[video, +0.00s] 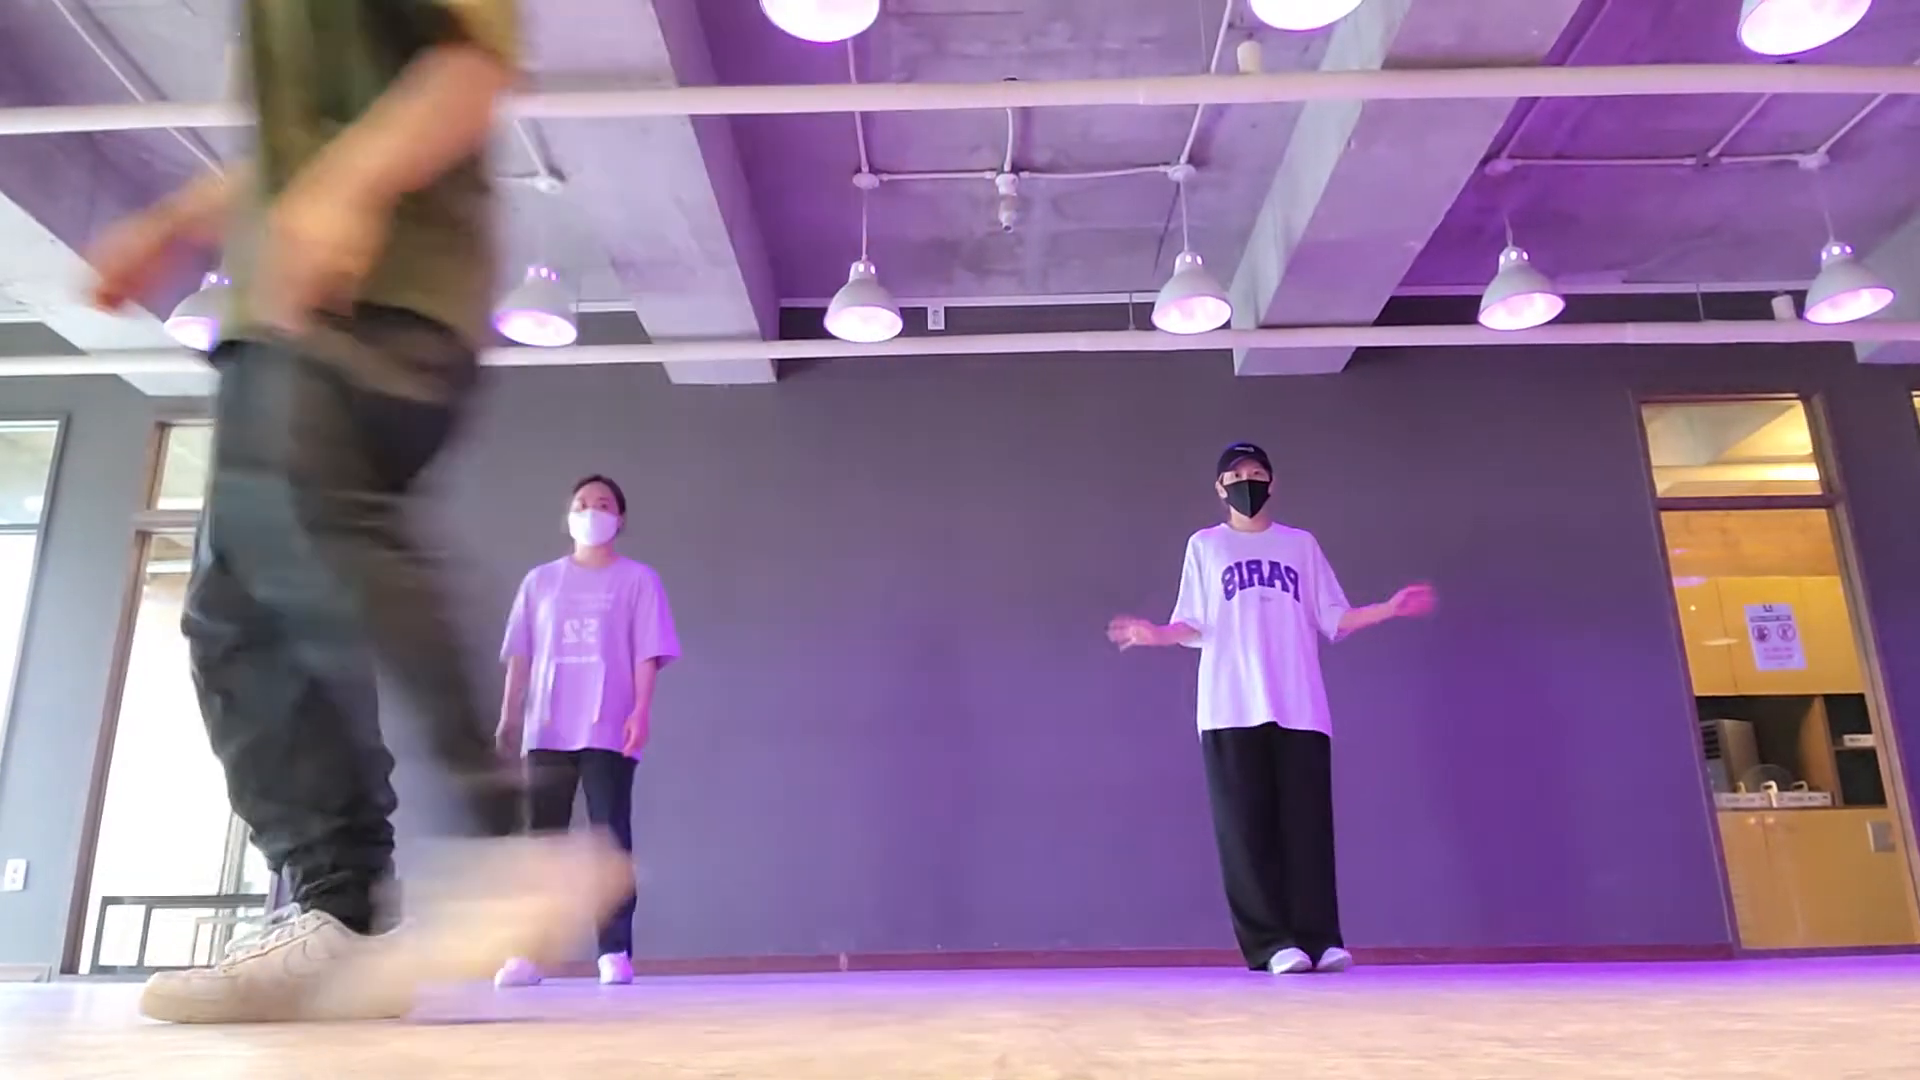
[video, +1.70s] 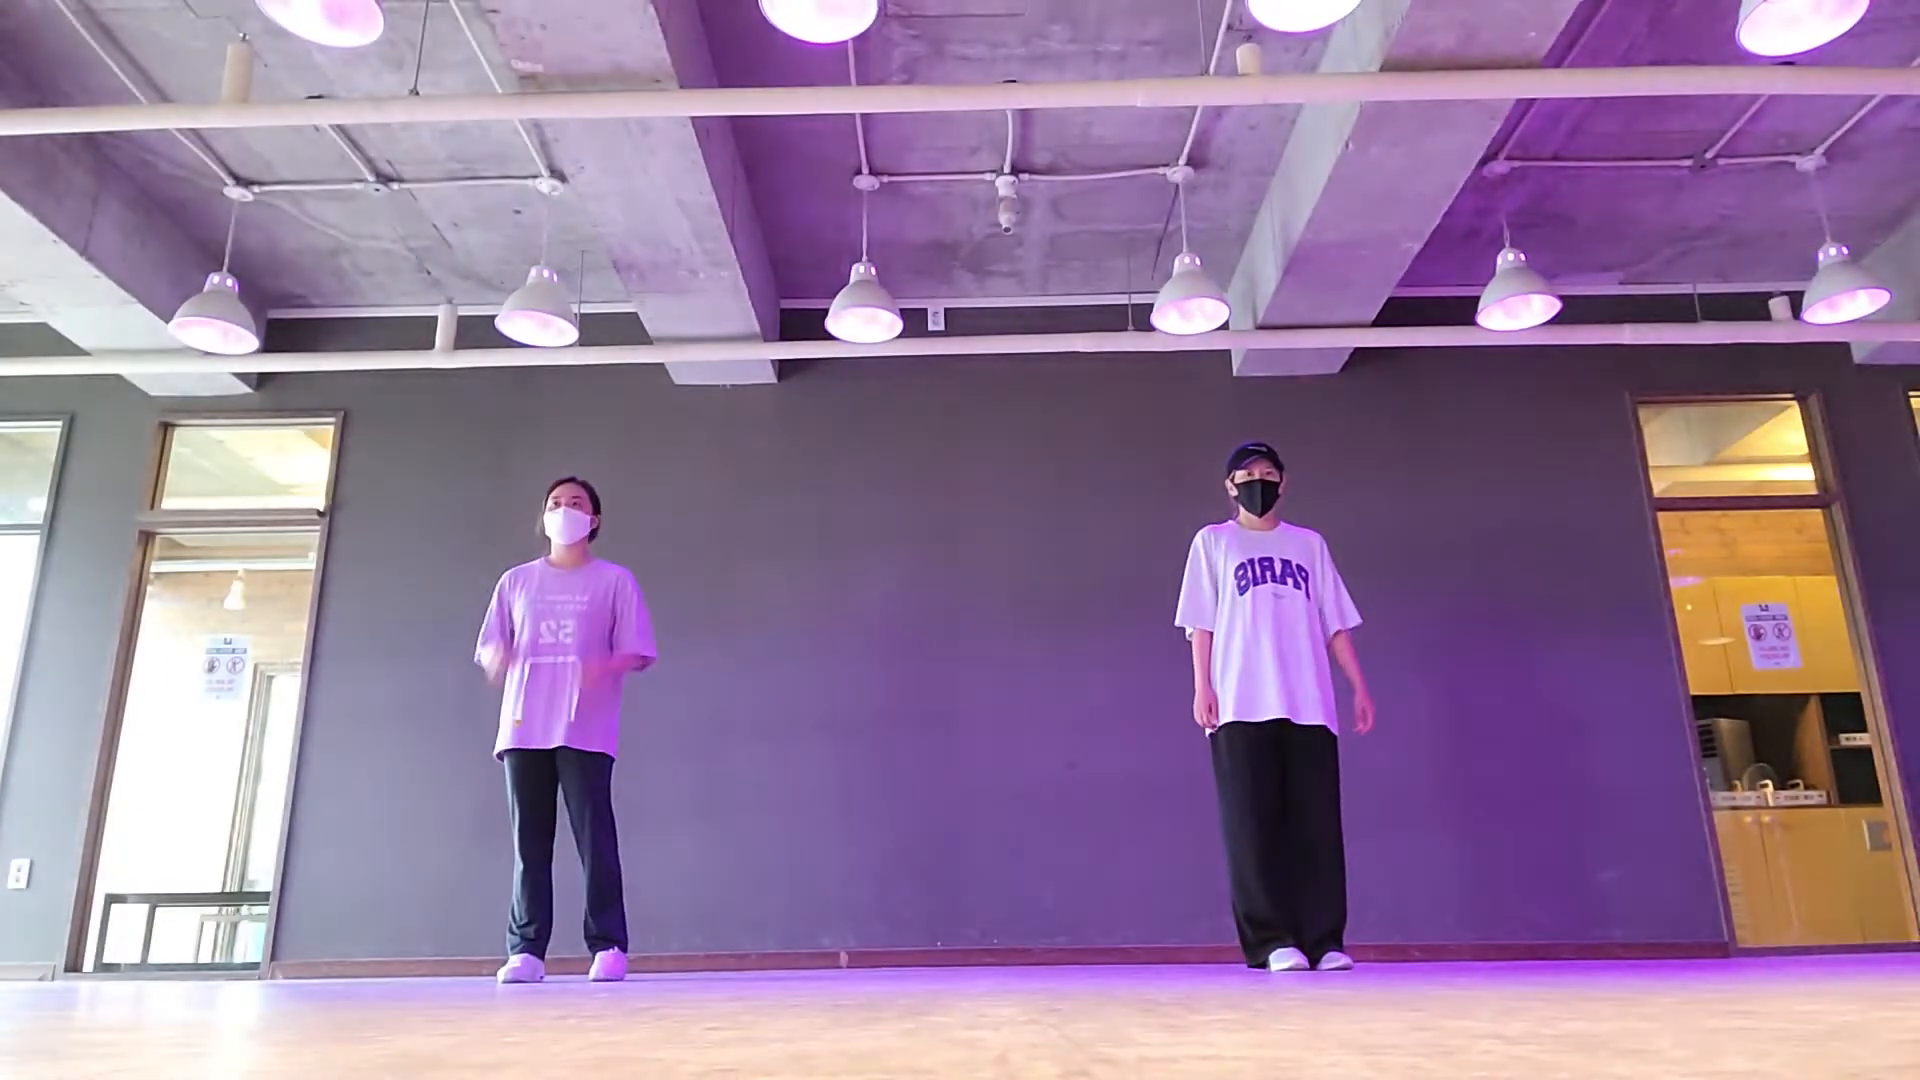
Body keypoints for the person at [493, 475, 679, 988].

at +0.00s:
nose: (590, 513)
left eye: (602, 507)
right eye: (582, 506)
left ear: (619, 521)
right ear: (567, 519)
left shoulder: (639, 581)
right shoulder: (539, 581)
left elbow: (648, 655)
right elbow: (518, 657)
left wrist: (641, 713)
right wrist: (509, 718)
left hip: (608, 729)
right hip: (547, 729)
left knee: (611, 842)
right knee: (539, 844)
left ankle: (614, 951)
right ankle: (526, 951)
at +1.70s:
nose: (566, 511)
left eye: (577, 505)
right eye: (557, 504)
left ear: (594, 522)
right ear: (543, 520)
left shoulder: (616, 581)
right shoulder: (514, 581)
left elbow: (638, 653)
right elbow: (490, 651)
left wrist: (604, 666)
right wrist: (497, 657)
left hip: (586, 729)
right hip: (524, 728)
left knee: (595, 841)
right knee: (529, 845)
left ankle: (609, 949)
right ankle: (525, 953)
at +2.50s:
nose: (587, 508)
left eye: (598, 502)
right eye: (578, 502)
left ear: (616, 520)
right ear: (565, 520)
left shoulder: (638, 576)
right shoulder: (542, 575)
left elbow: (630, 631)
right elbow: (518, 631)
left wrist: (605, 572)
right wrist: (552, 577)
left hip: (607, 724)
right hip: (547, 723)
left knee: (609, 839)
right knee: (542, 840)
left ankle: (610, 949)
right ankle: (527, 951)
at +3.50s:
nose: (595, 513)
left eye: (606, 507)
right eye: (585, 507)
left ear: (621, 522)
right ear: (569, 521)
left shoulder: (632, 574)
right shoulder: (546, 574)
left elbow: (663, 600)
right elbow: (501, 592)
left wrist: (640, 550)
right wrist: (542, 547)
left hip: (612, 718)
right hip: (550, 718)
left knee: (612, 835)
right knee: (543, 835)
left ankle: (610, 949)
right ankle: (528, 950)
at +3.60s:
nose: (593, 511)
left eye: (604, 505)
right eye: (584, 505)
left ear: (620, 522)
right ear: (570, 520)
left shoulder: (635, 576)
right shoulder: (543, 577)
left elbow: (670, 617)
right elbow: (490, 610)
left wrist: (663, 565)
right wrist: (516, 555)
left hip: (612, 721)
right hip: (548, 721)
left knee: (611, 837)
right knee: (543, 837)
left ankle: (610, 949)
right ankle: (527, 951)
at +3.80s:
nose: (590, 508)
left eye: (602, 502)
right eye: (581, 502)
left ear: (618, 520)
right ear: (567, 519)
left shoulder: (642, 577)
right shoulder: (543, 580)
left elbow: (682, 633)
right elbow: (490, 632)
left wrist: (687, 577)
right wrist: (499, 577)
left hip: (611, 720)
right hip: (548, 720)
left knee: (610, 836)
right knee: (542, 837)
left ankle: (610, 949)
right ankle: (528, 951)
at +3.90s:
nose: (585, 507)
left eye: (597, 502)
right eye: (577, 502)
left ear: (617, 520)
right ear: (566, 519)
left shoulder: (642, 575)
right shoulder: (543, 579)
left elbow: (682, 631)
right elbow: (495, 633)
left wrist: (688, 576)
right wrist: (501, 581)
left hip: (611, 720)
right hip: (548, 719)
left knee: (611, 836)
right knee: (541, 837)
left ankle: (610, 949)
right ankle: (528, 951)